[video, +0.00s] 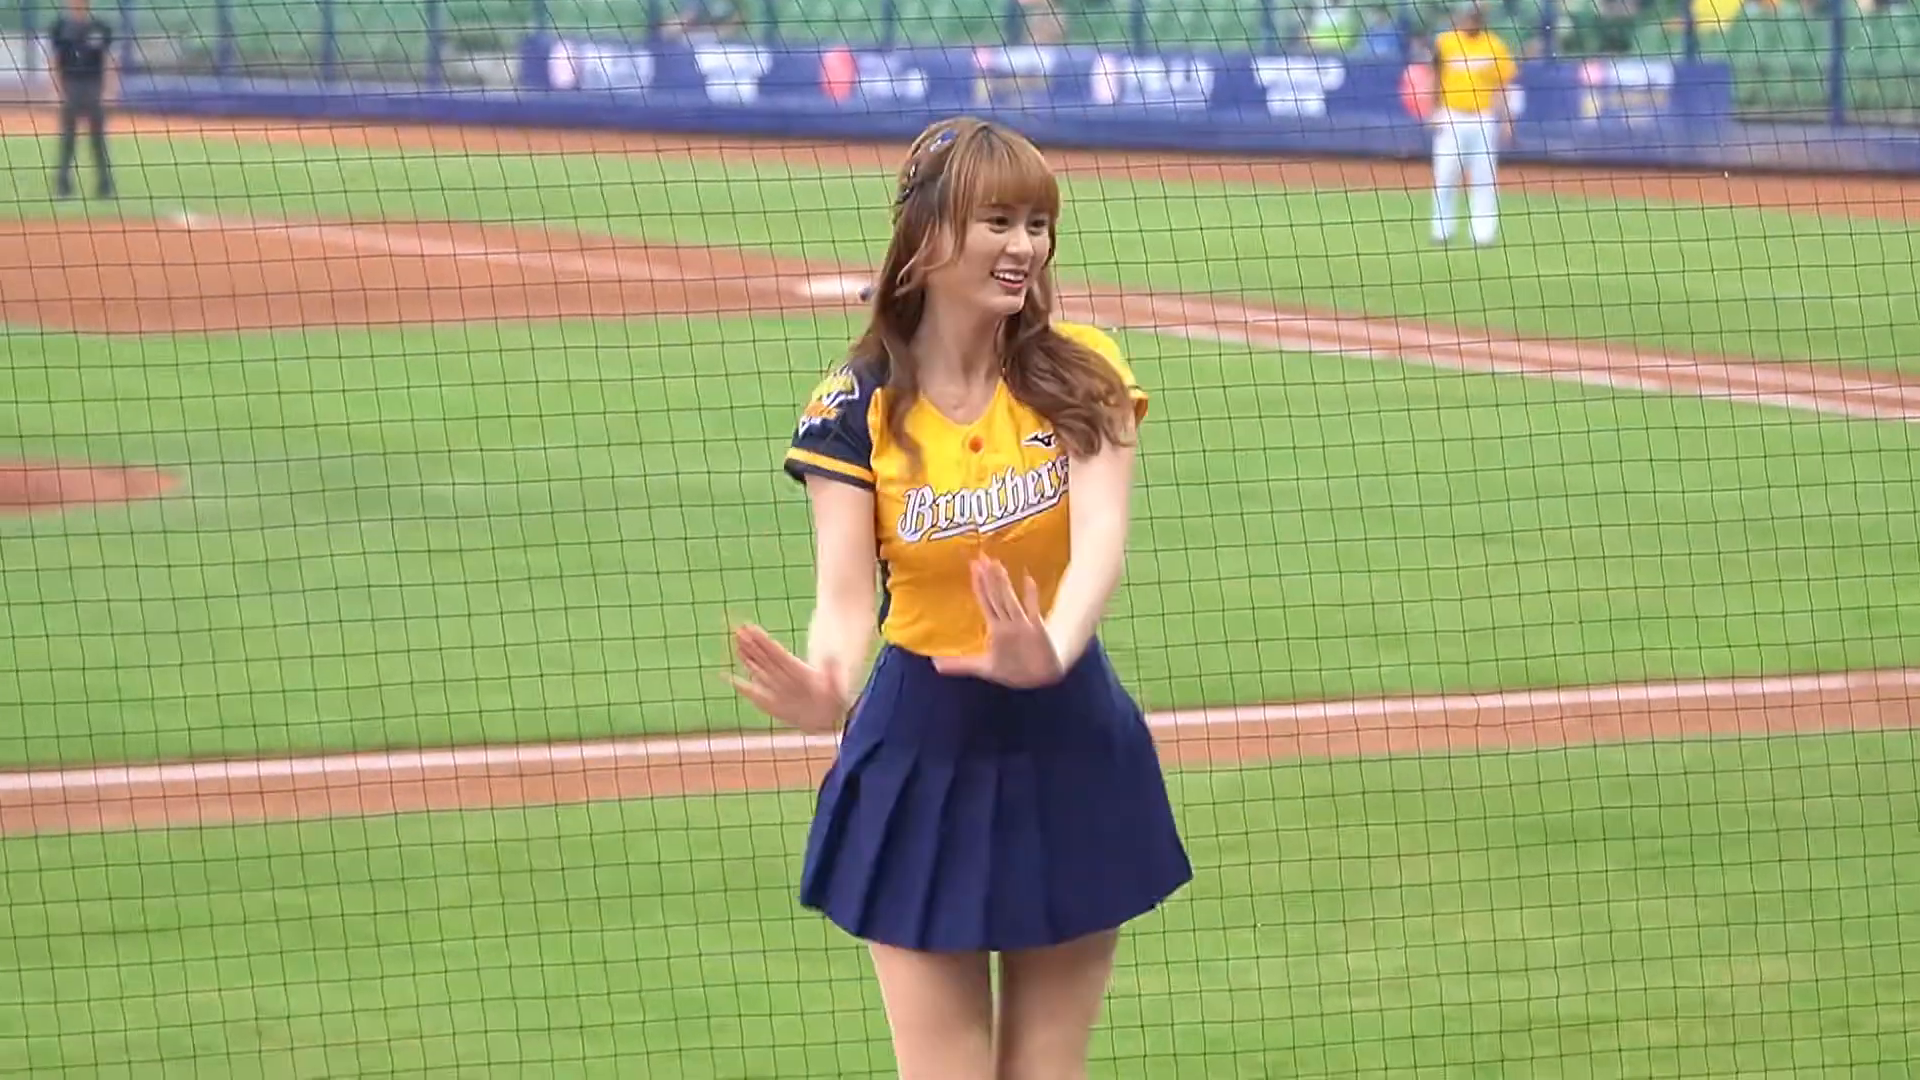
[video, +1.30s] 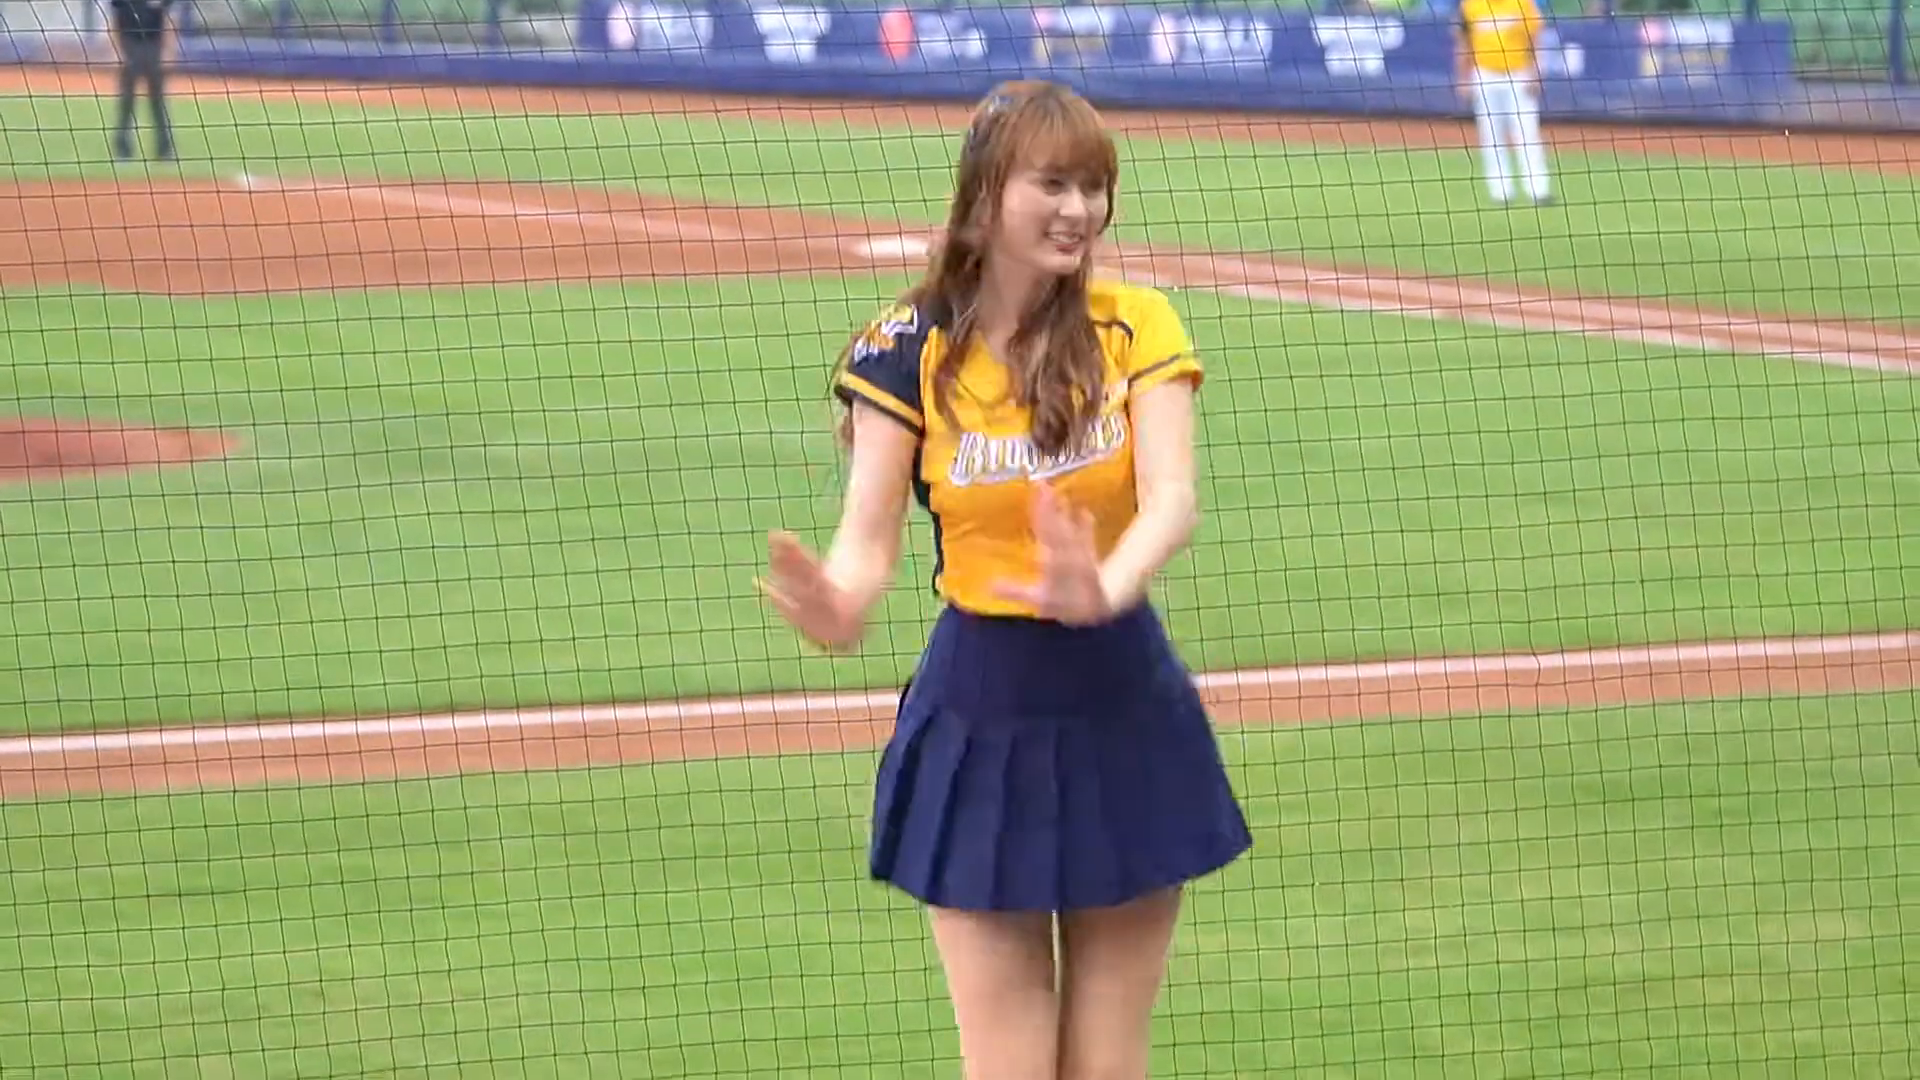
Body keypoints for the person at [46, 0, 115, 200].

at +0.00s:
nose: (79, 12)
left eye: (82, 7)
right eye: (75, 7)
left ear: (88, 7)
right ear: (69, 7)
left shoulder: (100, 29)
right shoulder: (61, 29)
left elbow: (109, 63)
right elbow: (55, 64)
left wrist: (108, 91)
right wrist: (61, 91)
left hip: (94, 91)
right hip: (71, 91)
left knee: (98, 139)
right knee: (68, 139)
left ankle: (104, 182)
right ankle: (63, 181)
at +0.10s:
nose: (98, 10)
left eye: (101, 6)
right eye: (94, 6)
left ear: (108, 6)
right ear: (87, 6)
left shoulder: (119, 26)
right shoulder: (80, 26)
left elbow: (128, 60)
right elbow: (75, 61)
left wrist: (128, 88)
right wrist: (80, 89)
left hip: (113, 87)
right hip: (90, 88)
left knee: (118, 135)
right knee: (87, 135)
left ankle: (125, 177)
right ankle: (83, 177)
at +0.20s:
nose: (120, 6)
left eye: (123, 3)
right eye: (116, 3)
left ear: (129, 3)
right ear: (110, 3)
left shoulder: (140, 21)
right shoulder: (102, 21)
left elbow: (150, 55)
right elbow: (97, 57)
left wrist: (149, 85)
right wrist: (102, 84)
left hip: (136, 85)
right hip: (112, 85)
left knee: (139, 131)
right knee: (109, 131)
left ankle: (146, 173)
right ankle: (104, 173)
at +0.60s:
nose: (147, 1)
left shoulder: (168, 11)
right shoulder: (128, 10)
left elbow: (175, 44)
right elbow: (122, 46)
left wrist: (175, 72)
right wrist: (127, 73)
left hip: (161, 72)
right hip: (137, 72)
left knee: (165, 121)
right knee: (134, 121)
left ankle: (172, 162)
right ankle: (130, 162)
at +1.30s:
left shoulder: (159, 7)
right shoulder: (121, 5)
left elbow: (169, 25)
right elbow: (114, 28)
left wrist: (169, 54)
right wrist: (120, 55)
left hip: (153, 51)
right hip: (130, 51)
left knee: (157, 99)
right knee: (127, 99)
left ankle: (164, 143)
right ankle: (122, 141)